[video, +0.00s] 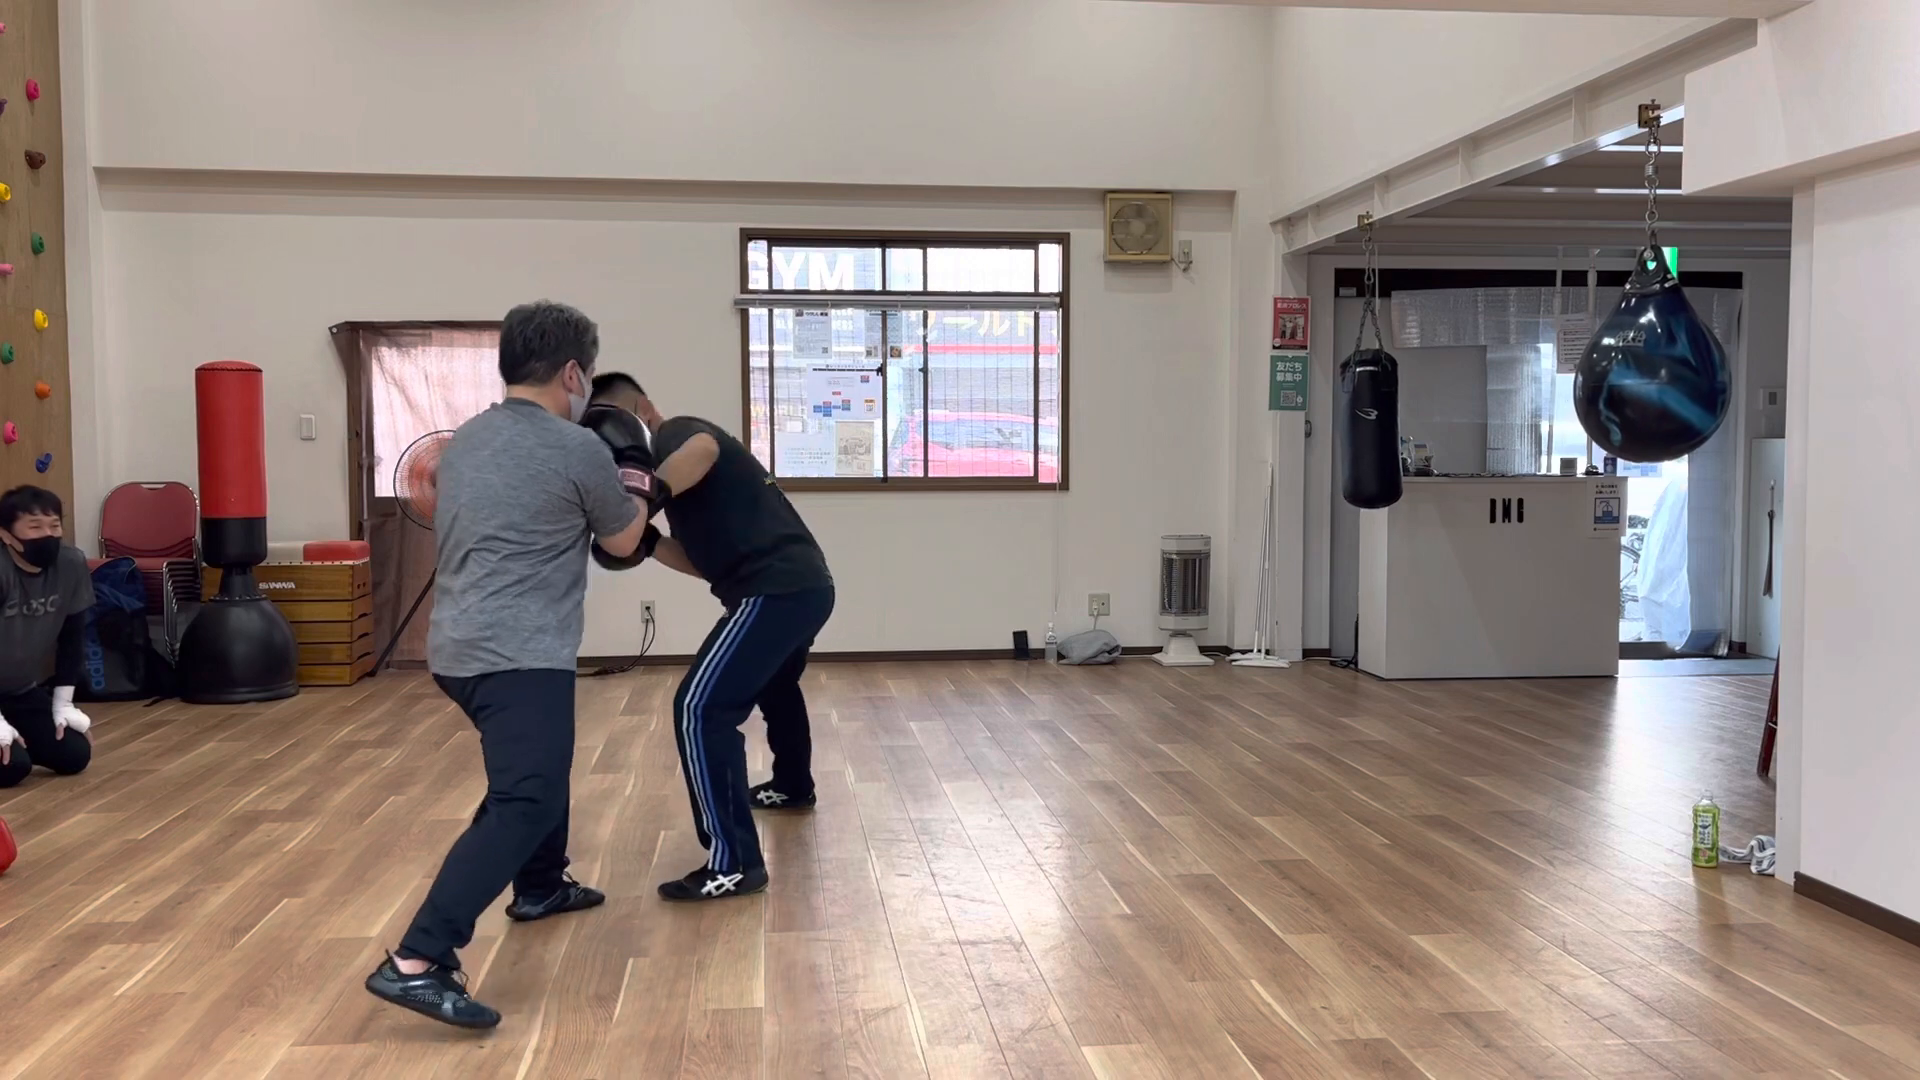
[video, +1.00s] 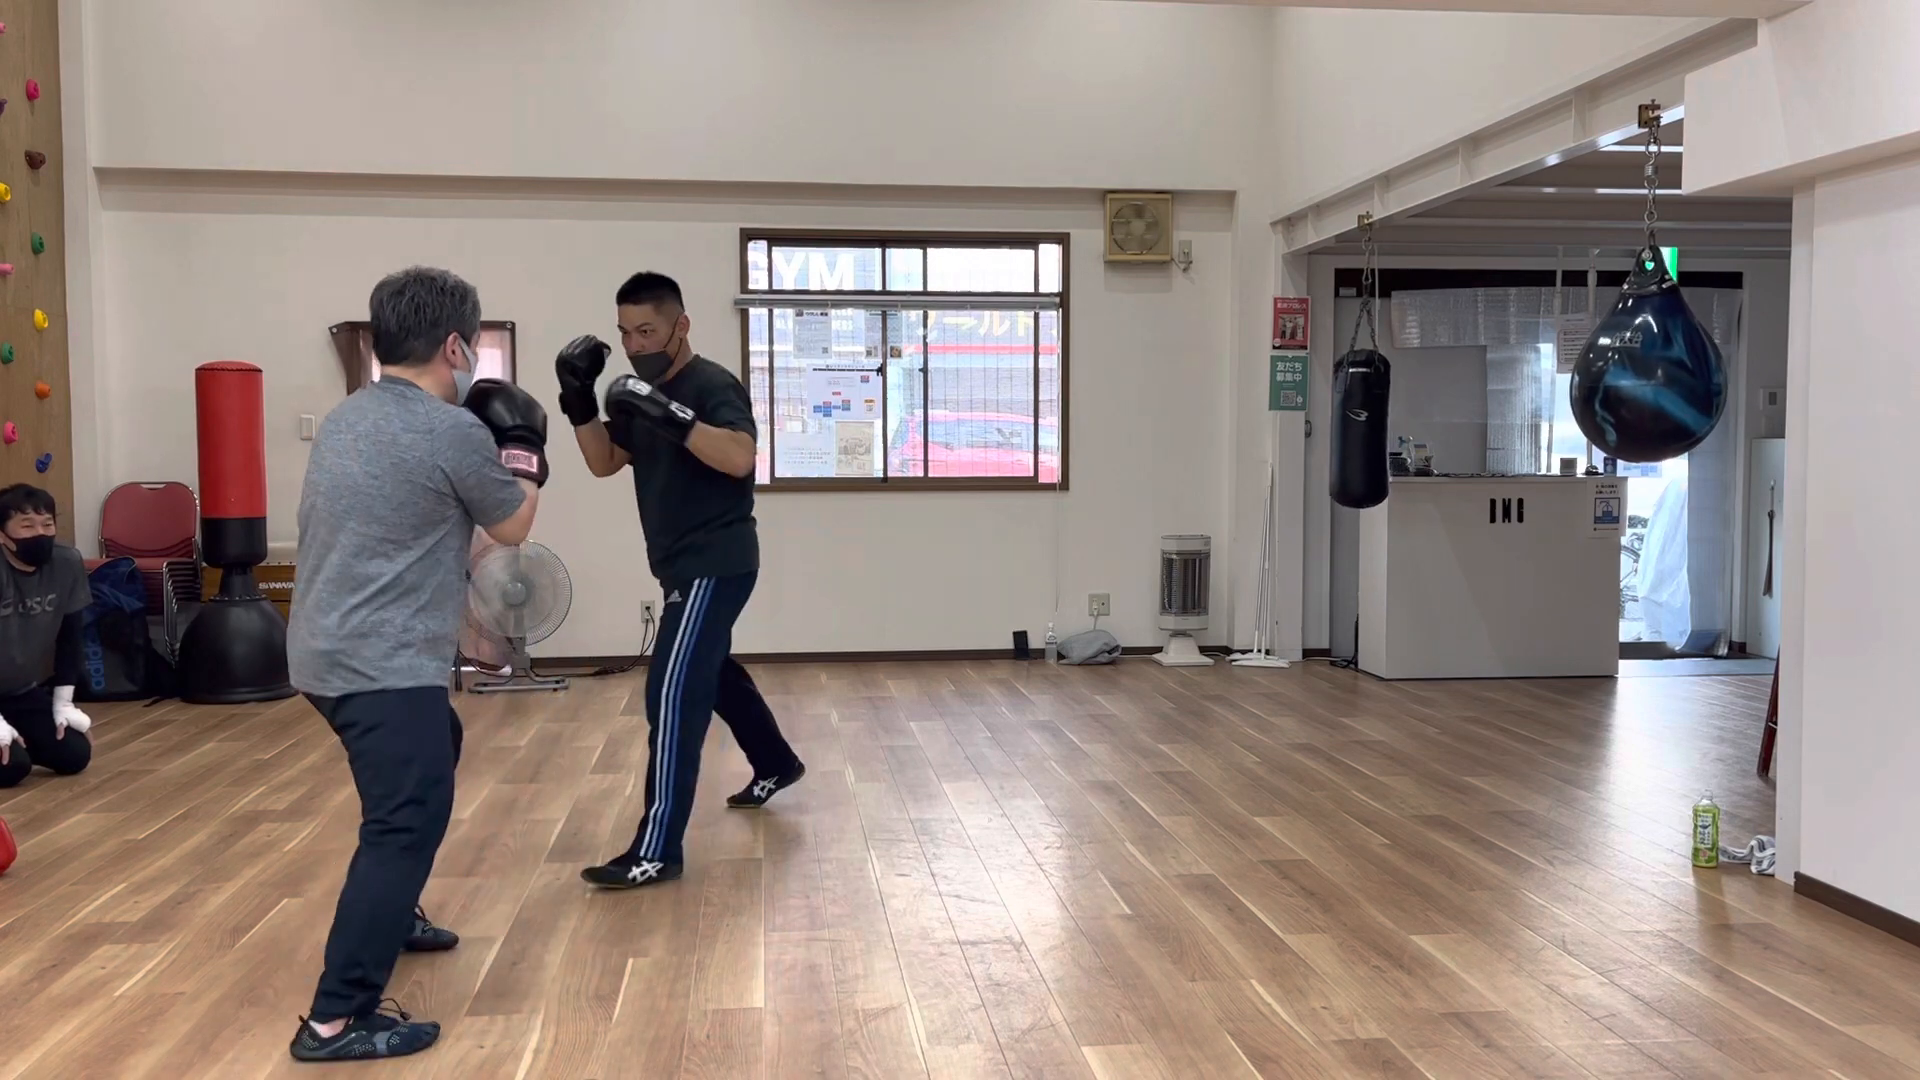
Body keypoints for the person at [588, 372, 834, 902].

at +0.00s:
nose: (609, 434)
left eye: (612, 420)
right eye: (601, 426)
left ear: (644, 410)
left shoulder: (676, 432)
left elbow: (703, 447)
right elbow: (708, 564)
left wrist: (653, 483)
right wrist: (641, 537)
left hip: (774, 590)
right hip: (799, 587)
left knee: (698, 710)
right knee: (778, 689)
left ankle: (733, 865)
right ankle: (794, 784)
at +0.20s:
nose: (644, 366)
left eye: (652, 353)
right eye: (636, 359)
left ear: (687, 346)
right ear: (633, 364)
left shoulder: (722, 384)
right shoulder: (670, 418)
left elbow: (773, 418)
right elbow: (669, 503)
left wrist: (694, 411)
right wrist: (630, 448)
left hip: (777, 555)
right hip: (745, 562)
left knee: (736, 680)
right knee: (756, 673)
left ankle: (731, 842)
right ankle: (792, 783)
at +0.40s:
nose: (662, 334)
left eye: (672, 321)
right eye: (655, 324)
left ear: (703, 319)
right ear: (652, 330)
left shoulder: (743, 371)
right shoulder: (670, 398)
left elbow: (741, 431)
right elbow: (642, 467)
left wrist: (705, 355)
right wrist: (615, 398)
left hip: (770, 549)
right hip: (723, 558)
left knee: (740, 676)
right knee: (749, 672)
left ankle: (728, 830)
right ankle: (792, 782)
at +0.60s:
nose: (666, 335)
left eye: (676, 322)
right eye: (657, 325)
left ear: (709, 317)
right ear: (651, 326)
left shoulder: (744, 373)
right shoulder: (667, 383)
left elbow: (748, 449)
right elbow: (642, 462)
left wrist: (688, 395)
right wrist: (618, 406)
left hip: (758, 552)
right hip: (708, 556)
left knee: (737, 682)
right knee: (729, 675)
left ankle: (724, 831)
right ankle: (787, 775)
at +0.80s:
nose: (664, 347)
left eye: (674, 335)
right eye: (655, 338)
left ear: (707, 328)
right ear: (650, 339)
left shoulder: (747, 384)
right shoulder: (661, 395)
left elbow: (754, 461)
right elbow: (631, 469)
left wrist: (704, 394)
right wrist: (611, 406)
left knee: (708, 670)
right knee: (712, 673)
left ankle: (715, 825)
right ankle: (784, 768)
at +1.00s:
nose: (635, 343)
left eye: (647, 331)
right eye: (627, 333)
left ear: (681, 326)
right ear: (622, 332)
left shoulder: (714, 385)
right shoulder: (638, 394)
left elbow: (740, 458)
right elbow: (603, 461)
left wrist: (667, 414)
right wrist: (578, 397)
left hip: (715, 560)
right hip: (678, 562)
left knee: (672, 689)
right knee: (712, 672)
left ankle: (657, 850)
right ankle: (777, 762)